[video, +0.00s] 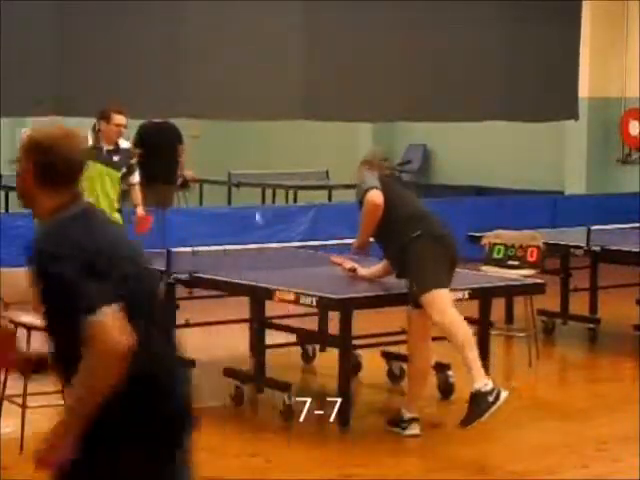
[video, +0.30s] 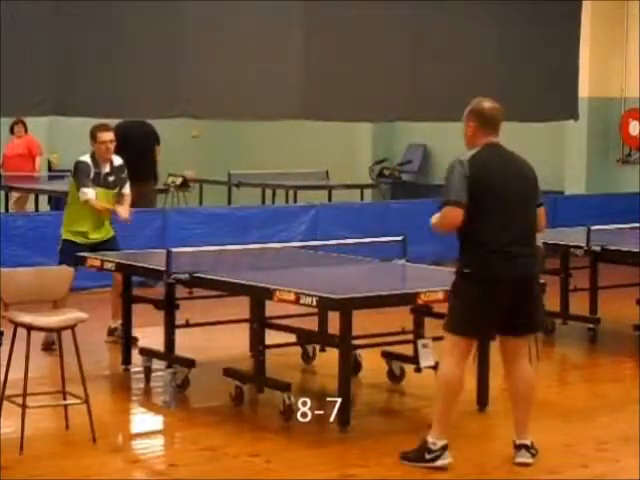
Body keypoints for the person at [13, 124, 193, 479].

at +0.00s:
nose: (17, 177)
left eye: (19, 167)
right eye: (18, 167)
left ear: (28, 174)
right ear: (75, 172)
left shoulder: (57, 241)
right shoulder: (99, 225)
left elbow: (113, 341)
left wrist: (67, 430)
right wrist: (42, 361)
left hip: (119, 427)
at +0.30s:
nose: (109, 147)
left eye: (112, 142)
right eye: (104, 143)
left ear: (115, 143)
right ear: (93, 145)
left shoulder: (119, 164)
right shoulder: (83, 164)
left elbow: (125, 193)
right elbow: (88, 198)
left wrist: (124, 208)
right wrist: (114, 208)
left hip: (103, 230)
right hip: (76, 232)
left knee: (121, 274)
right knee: (64, 282)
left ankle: (116, 325)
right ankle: (52, 331)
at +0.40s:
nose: (101, 142)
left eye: (103, 137)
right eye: (95, 138)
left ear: (106, 138)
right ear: (84, 140)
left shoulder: (115, 159)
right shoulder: (75, 160)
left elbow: (126, 196)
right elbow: (72, 193)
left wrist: (103, 200)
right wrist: (91, 197)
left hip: (104, 230)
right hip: (75, 231)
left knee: (121, 275)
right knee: (63, 281)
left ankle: (116, 325)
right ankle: (52, 331)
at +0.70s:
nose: (89, 150)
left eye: (92, 144)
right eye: (84, 147)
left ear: (97, 144)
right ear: (76, 150)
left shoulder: (108, 159)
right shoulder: (67, 167)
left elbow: (115, 187)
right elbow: (40, 191)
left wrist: (78, 180)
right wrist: (26, 208)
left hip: (103, 231)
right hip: (71, 232)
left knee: (125, 277)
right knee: (58, 282)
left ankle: (127, 328)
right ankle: (52, 331)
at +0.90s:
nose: (86, 167)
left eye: (89, 161)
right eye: (81, 163)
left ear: (96, 156)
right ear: (74, 162)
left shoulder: (109, 170)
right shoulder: (68, 175)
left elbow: (124, 195)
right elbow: (39, 197)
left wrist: (90, 201)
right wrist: (18, 214)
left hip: (103, 238)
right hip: (73, 237)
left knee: (128, 274)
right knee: (58, 284)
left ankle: (127, 328)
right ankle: (51, 331)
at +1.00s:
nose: (84, 168)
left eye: (87, 162)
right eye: (79, 164)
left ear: (94, 157)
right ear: (71, 162)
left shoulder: (106, 162)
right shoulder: (63, 175)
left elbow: (128, 156)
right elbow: (38, 195)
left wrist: (146, 160)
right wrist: (23, 212)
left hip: (105, 237)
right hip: (74, 238)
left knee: (129, 277)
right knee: (61, 285)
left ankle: (128, 328)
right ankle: (52, 332)